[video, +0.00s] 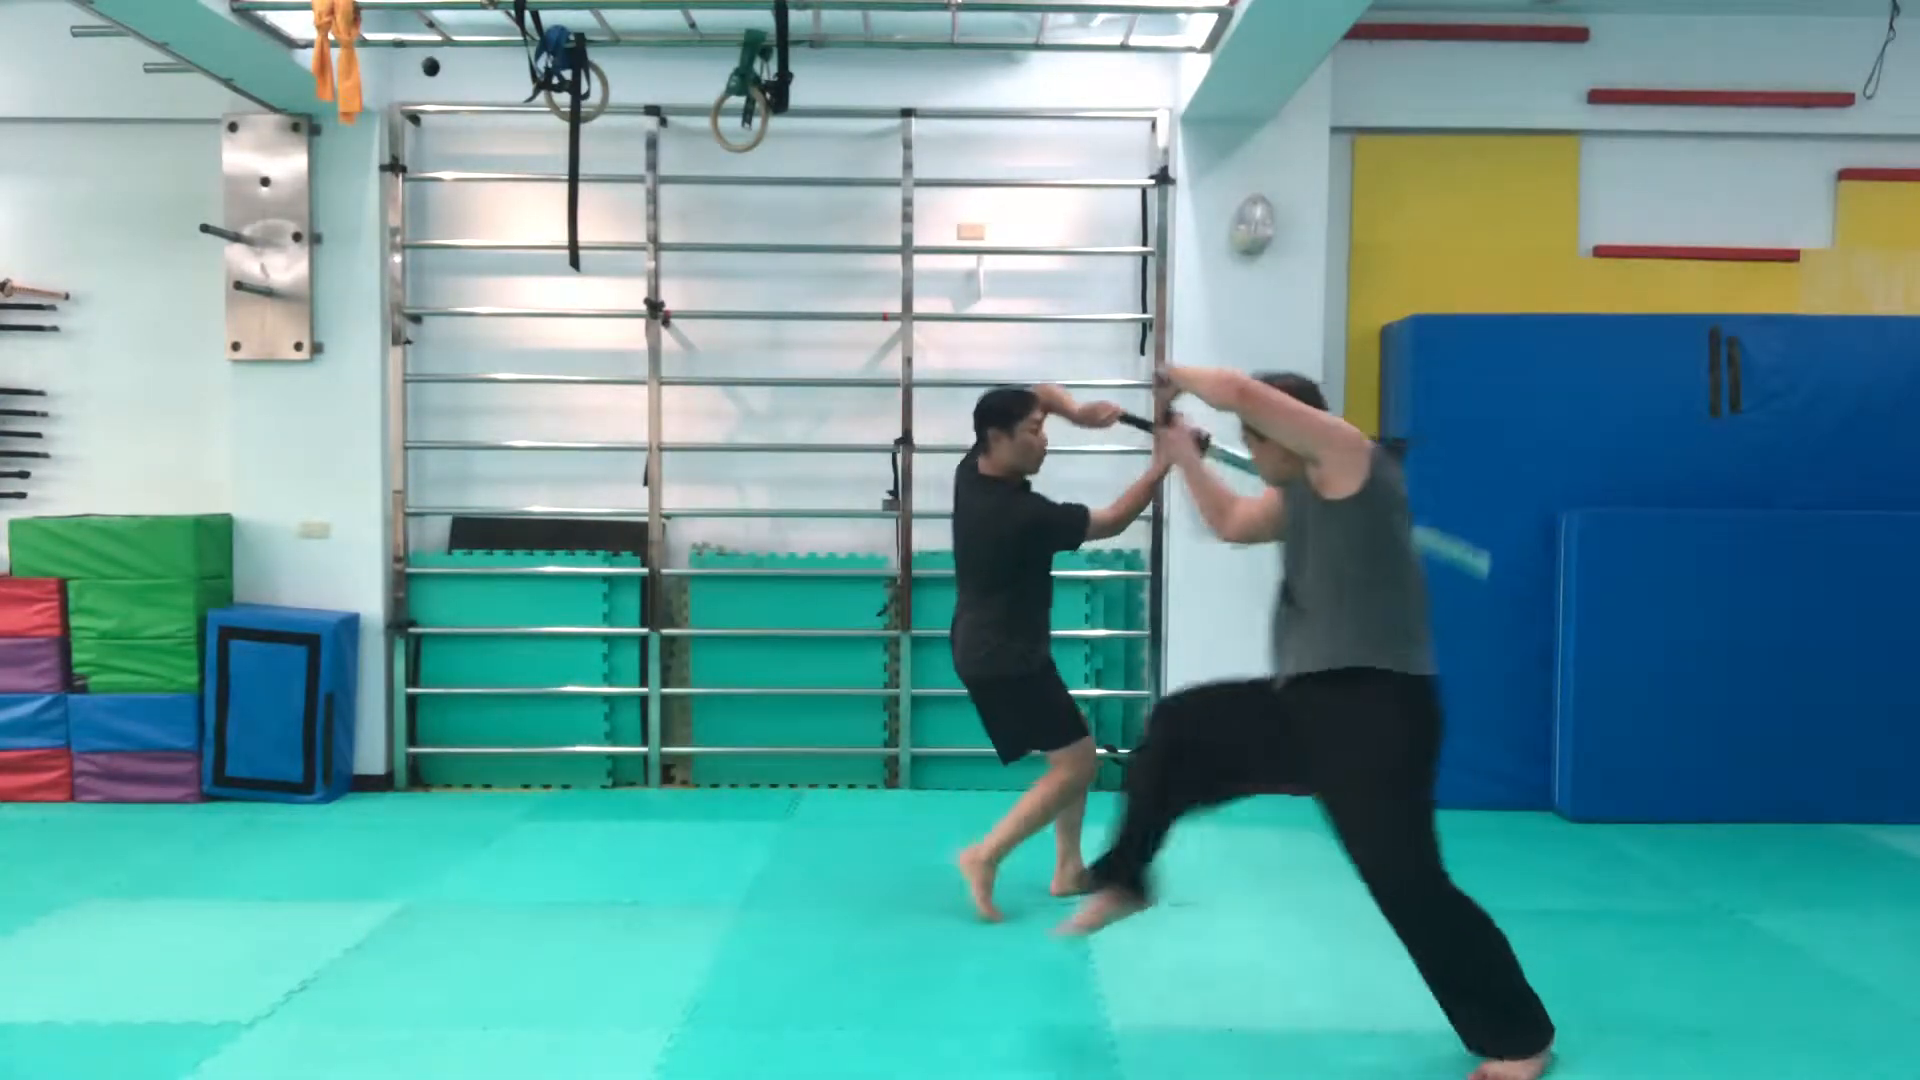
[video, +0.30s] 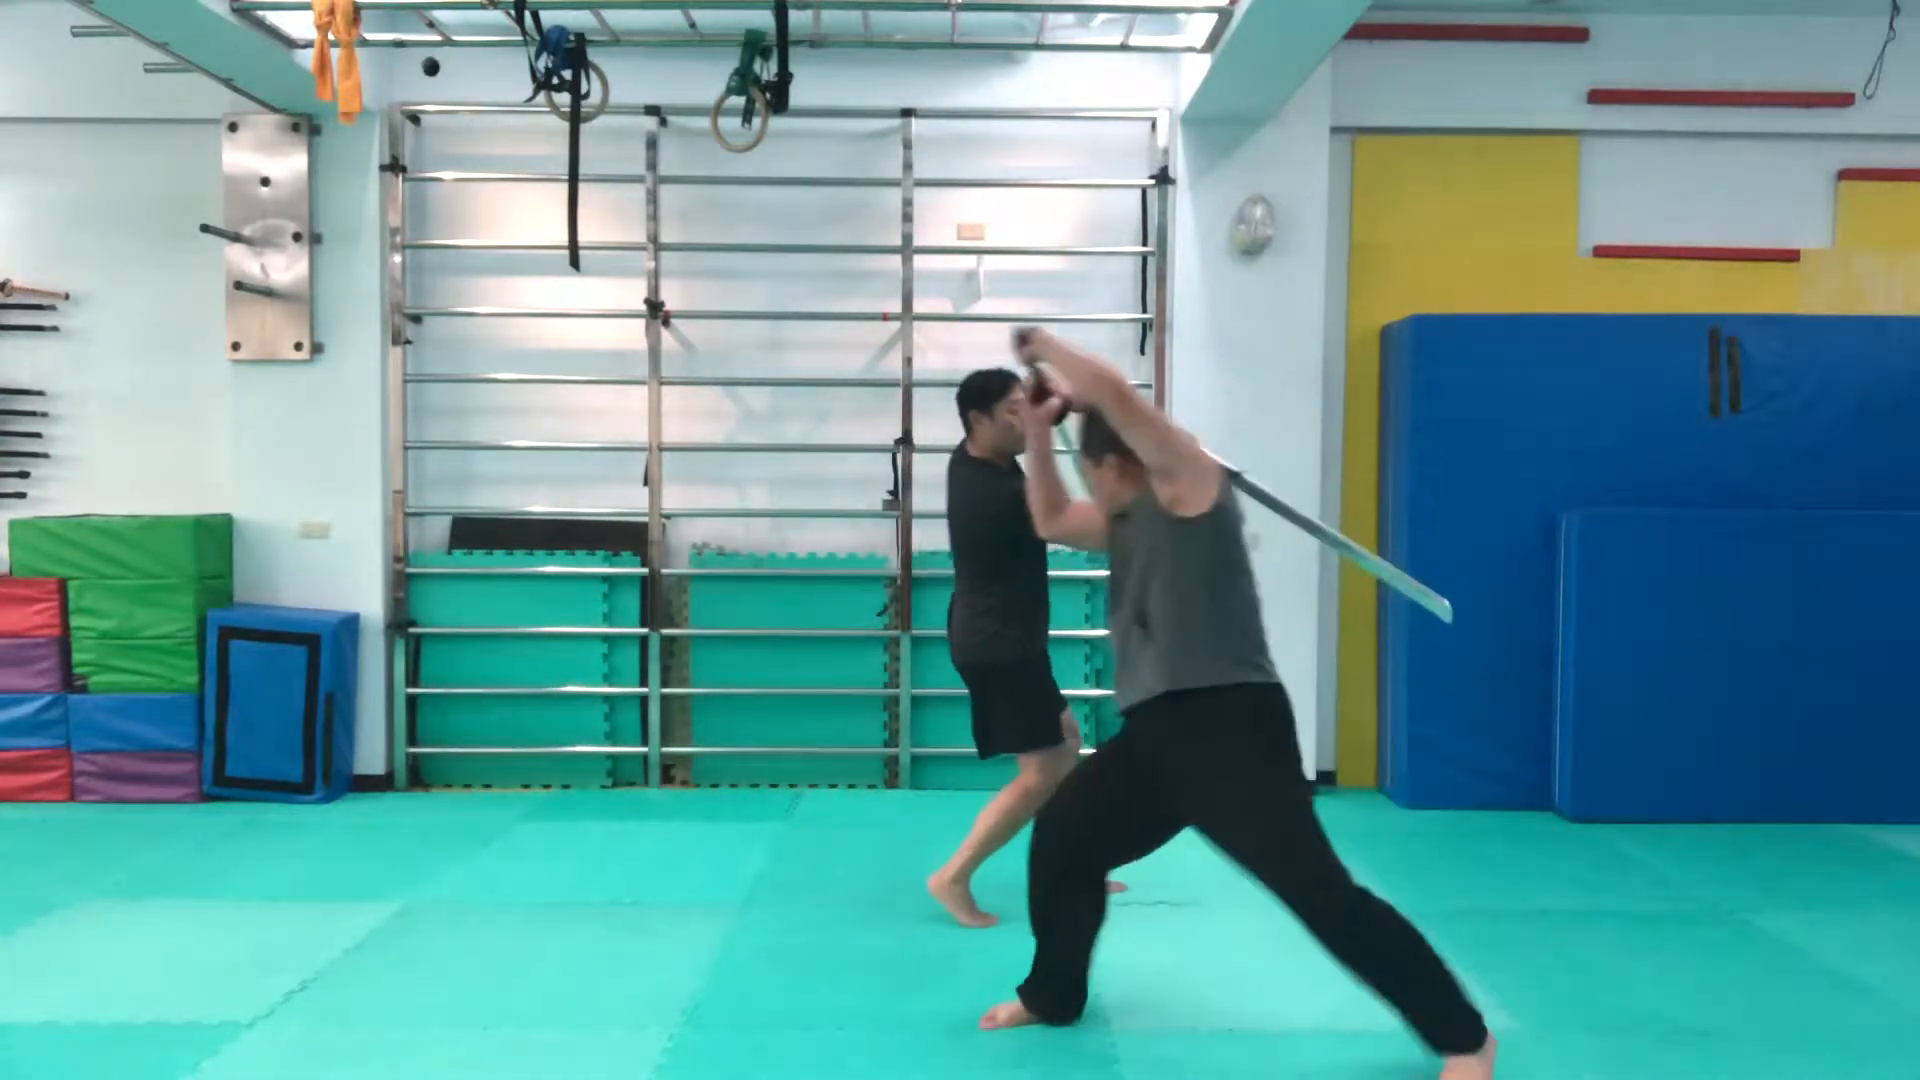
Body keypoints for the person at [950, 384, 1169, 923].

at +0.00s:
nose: (1045, 441)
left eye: (1043, 430)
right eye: (1034, 432)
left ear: (993, 439)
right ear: (998, 439)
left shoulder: (972, 473)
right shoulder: (1022, 512)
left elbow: (1035, 395)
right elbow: (1112, 520)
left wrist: (1076, 413)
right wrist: (1165, 460)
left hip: (984, 646)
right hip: (1010, 656)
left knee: (1072, 751)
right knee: (1077, 761)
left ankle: (1070, 870)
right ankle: (983, 857)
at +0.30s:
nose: (1027, 422)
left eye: (1026, 409)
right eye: (1014, 412)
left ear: (979, 420)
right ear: (979, 420)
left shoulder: (971, 464)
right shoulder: (1006, 491)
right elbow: (1084, 523)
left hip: (990, 636)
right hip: (1003, 646)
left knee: (1066, 742)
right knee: (1049, 768)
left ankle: (1075, 869)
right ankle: (953, 877)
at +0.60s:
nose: (978, 406)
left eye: (978, 393)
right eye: (966, 394)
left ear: (927, 405)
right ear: (928, 403)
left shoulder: (911, 458)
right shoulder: (957, 476)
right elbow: (1028, 518)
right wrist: (1073, 472)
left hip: (925, 637)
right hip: (953, 643)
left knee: (992, 753)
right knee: (991, 763)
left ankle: (1004, 863)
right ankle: (936, 893)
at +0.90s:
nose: (899, 400)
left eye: (897, 390)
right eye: (887, 391)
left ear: (853, 404)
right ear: (854, 400)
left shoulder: (828, 467)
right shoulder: (876, 474)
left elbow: (869, 518)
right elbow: (961, 523)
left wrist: (920, 490)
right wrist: (997, 485)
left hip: (846, 640)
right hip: (889, 644)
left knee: (856, 748)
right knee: (937, 760)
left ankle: (748, 841)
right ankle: (933, 898)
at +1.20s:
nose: (816, 401)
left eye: (814, 390)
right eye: (805, 392)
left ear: (767, 402)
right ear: (769, 399)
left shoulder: (736, 465)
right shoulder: (773, 469)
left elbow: (741, 565)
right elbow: (792, 562)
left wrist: (817, 572)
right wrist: (850, 567)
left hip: (726, 650)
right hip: (766, 651)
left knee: (749, 760)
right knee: (824, 757)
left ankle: (696, 887)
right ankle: (841, 905)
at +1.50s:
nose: (758, 405)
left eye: (755, 392)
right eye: (747, 393)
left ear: (706, 402)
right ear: (710, 400)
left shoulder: (669, 458)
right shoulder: (707, 468)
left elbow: (672, 562)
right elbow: (724, 572)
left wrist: (738, 607)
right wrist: (796, 577)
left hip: (641, 649)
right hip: (661, 658)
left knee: (681, 777)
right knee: (672, 799)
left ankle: (688, 887)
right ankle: (625, 945)